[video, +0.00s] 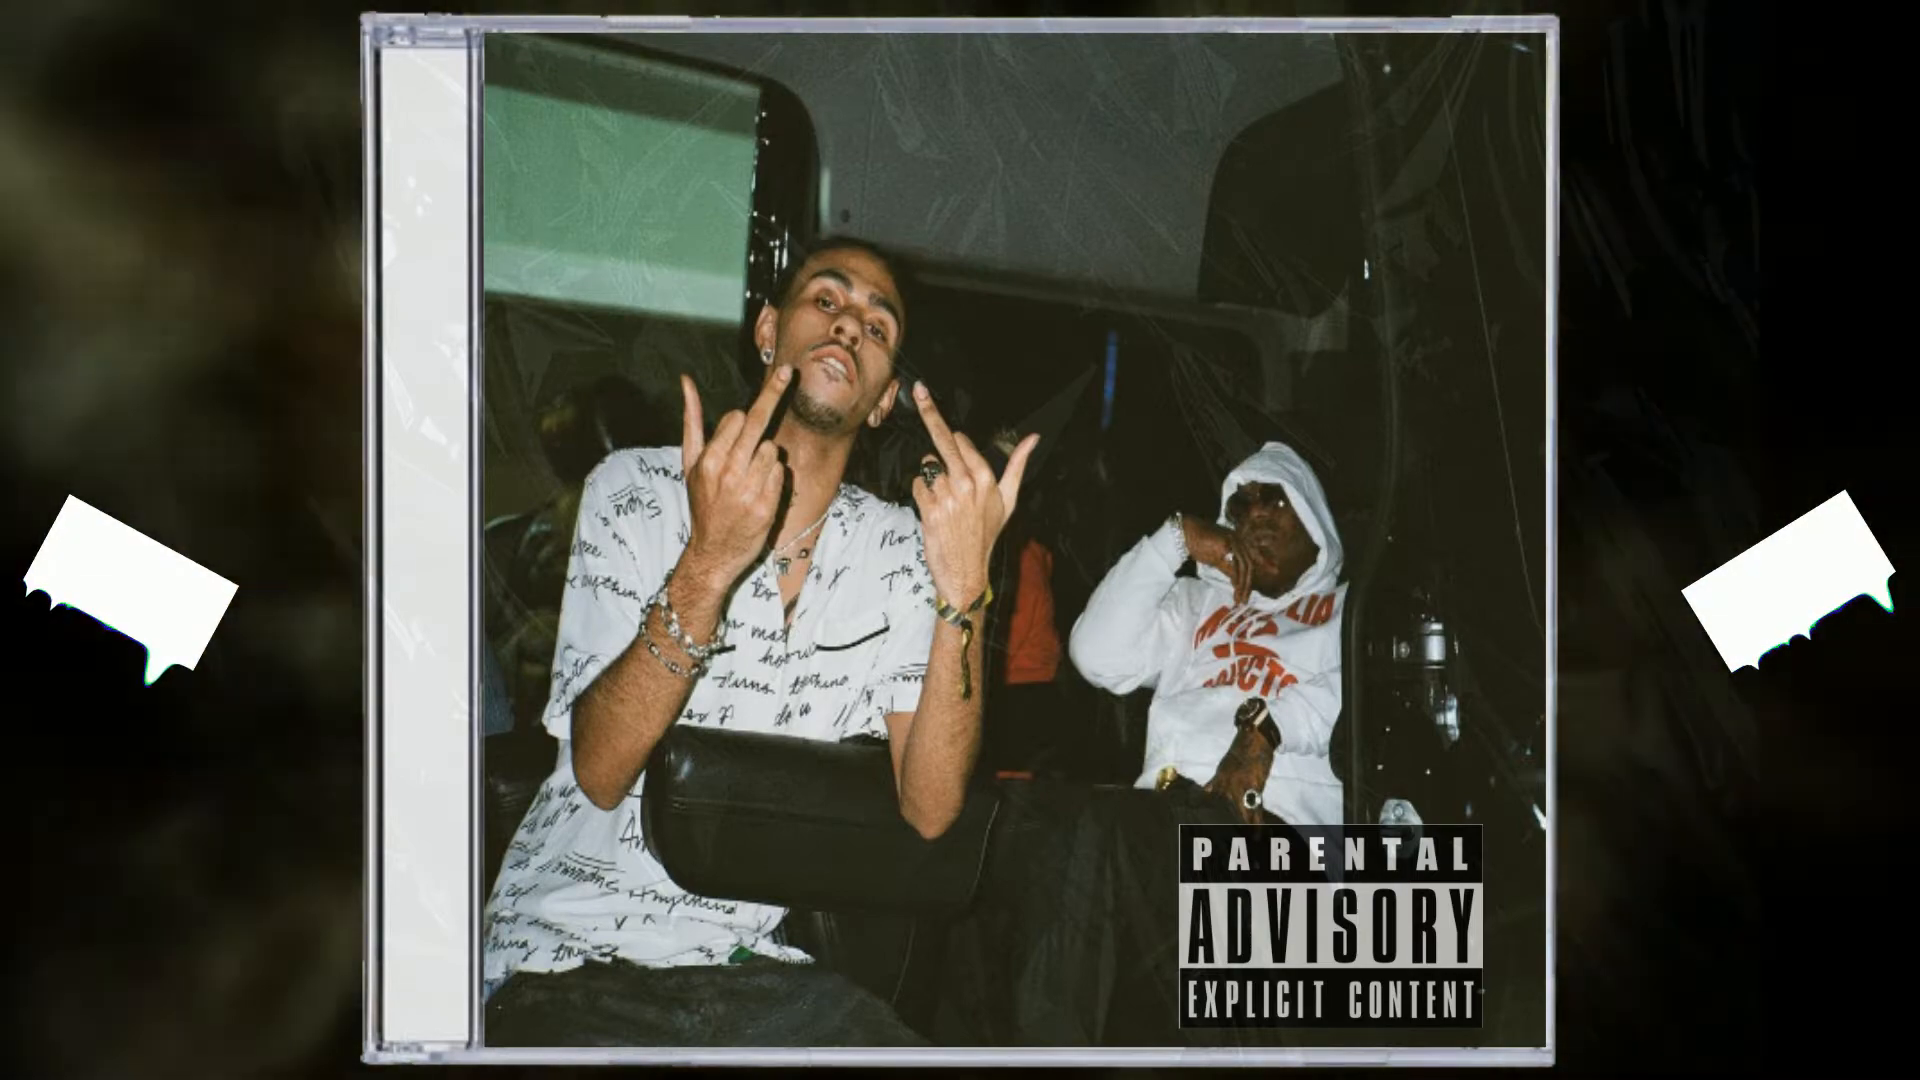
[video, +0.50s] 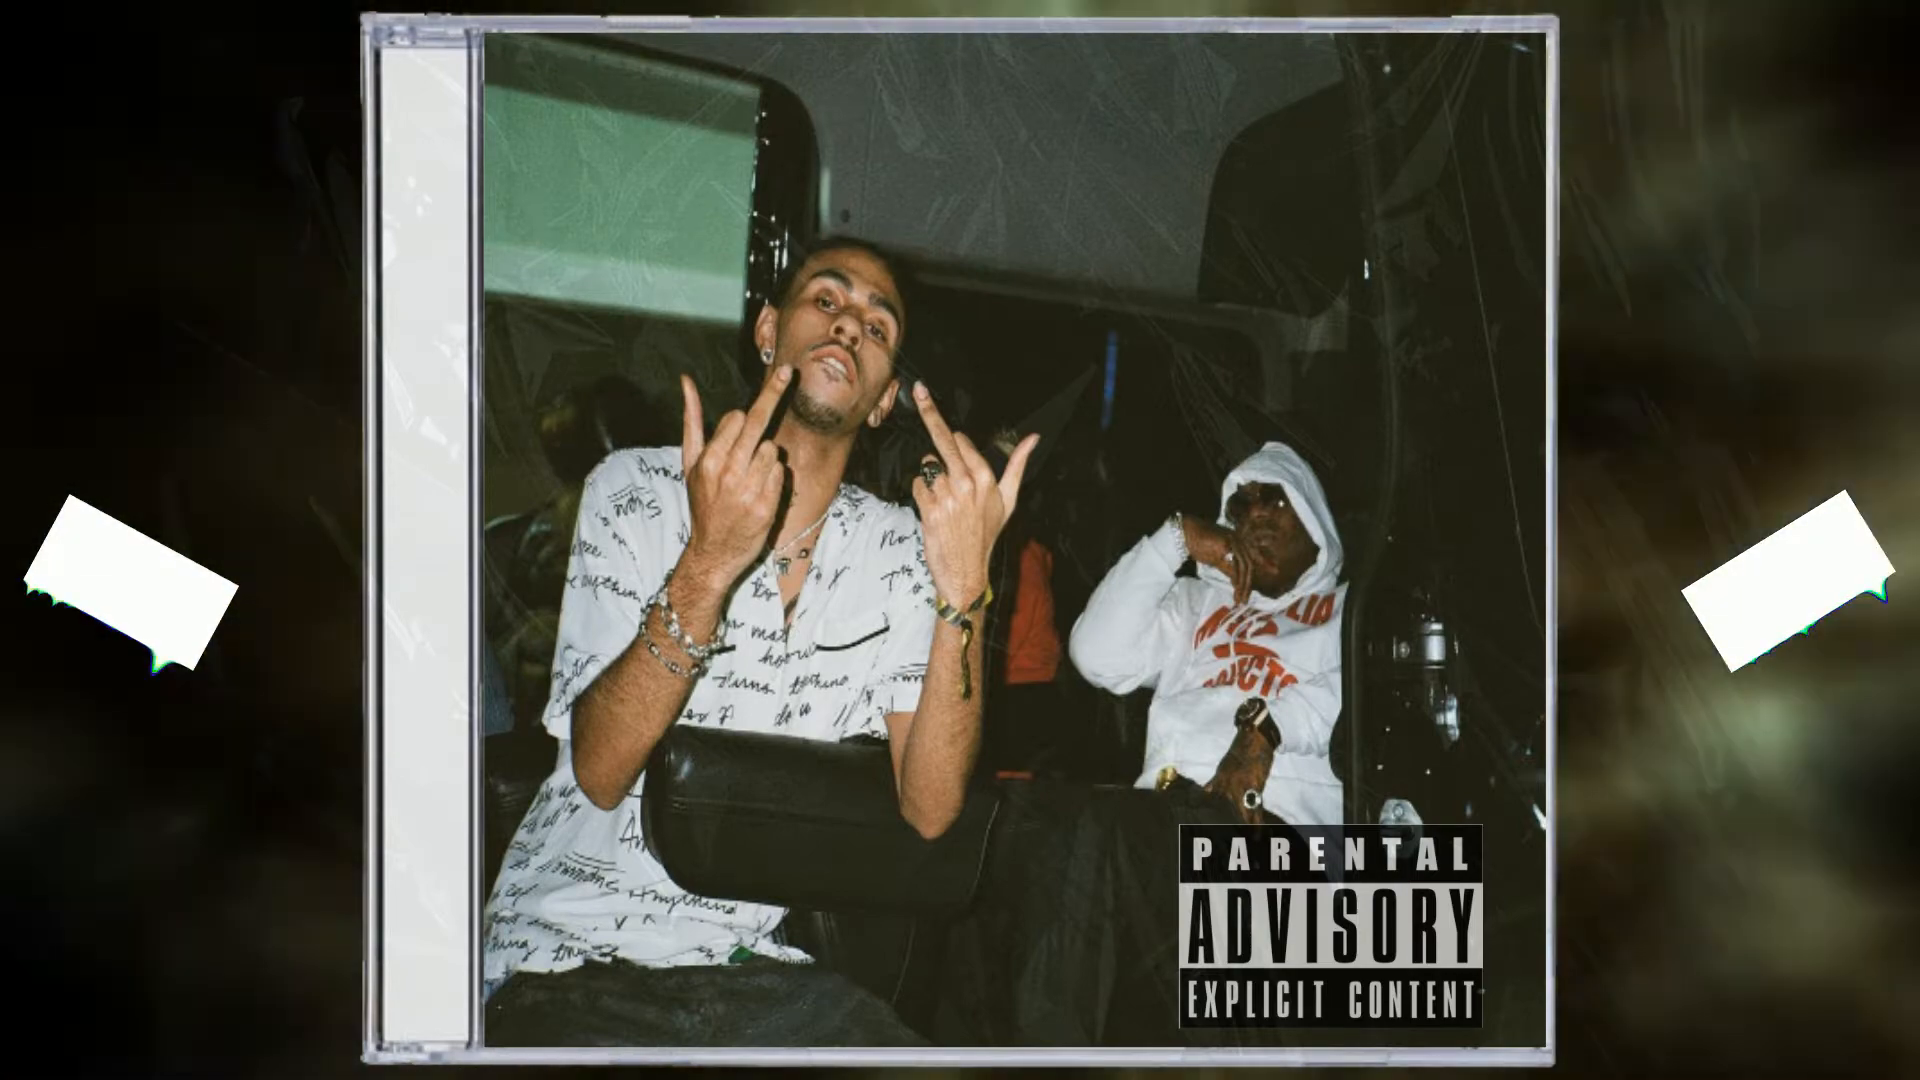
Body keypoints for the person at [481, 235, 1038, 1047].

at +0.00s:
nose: (851, 323)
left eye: (878, 323)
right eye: (826, 299)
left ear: (887, 395)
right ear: (767, 333)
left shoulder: (903, 550)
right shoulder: (638, 490)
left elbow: (931, 809)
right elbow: (601, 770)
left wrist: (965, 594)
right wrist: (710, 564)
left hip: (755, 956)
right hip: (570, 944)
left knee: (905, 1060)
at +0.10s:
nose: (851, 323)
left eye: (878, 323)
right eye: (826, 299)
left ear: (887, 395)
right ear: (767, 333)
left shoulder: (904, 550)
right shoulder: (638, 490)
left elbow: (931, 809)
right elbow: (601, 770)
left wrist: (966, 594)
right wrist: (710, 564)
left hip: (756, 957)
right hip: (570, 945)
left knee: (910, 1063)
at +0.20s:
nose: (851, 323)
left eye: (878, 323)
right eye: (826, 299)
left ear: (887, 395)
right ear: (767, 333)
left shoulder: (903, 550)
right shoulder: (638, 490)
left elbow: (931, 809)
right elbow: (601, 770)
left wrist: (965, 594)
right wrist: (710, 564)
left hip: (754, 957)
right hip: (570, 944)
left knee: (908, 1065)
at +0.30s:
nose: (851, 323)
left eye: (878, 323)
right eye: (826, 299)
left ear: (887, 395)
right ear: (767, 333)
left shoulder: (904, 550)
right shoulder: (638, 490)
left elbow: (931, 809)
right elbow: (601, 770)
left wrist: (966, 594)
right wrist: (710, 564)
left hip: (756, 957)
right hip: (571, 945)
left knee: (907, 1061)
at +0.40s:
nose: (851, 323)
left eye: (878, 323)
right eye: (826, 299)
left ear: (887, 395)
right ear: (767, 333)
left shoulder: (904, 550)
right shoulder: (638, 490)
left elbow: (931, 809)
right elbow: (601, 770)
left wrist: (966, 594)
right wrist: (710, 564)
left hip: (756, 957)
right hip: (571, 945)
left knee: (907, 1060)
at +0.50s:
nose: (851, 323)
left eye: (878, 323)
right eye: (826, 299)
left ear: (887, 395)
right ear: (767, 333)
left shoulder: (903, 550)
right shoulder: (638, 490)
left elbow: (931, 809)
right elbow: (601, 770)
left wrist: (966, 594)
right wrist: (710, 564)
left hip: (756, 957)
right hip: (570, 945)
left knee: (913, 1066)